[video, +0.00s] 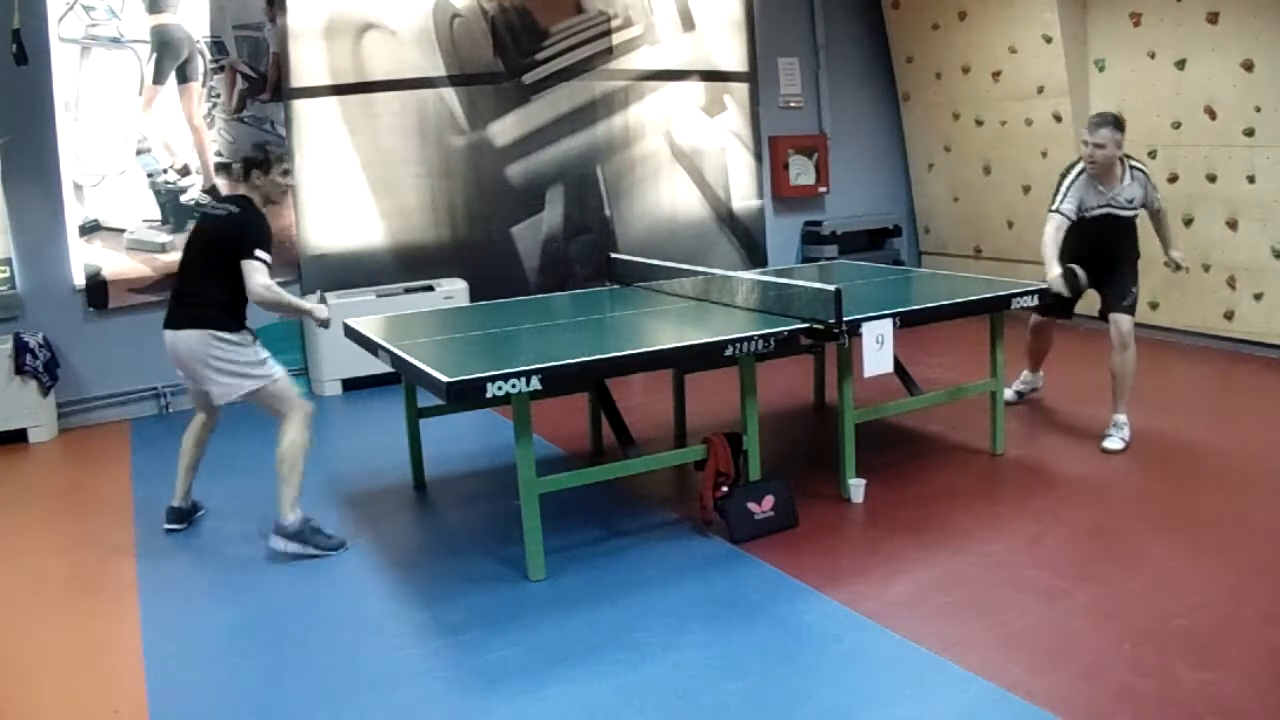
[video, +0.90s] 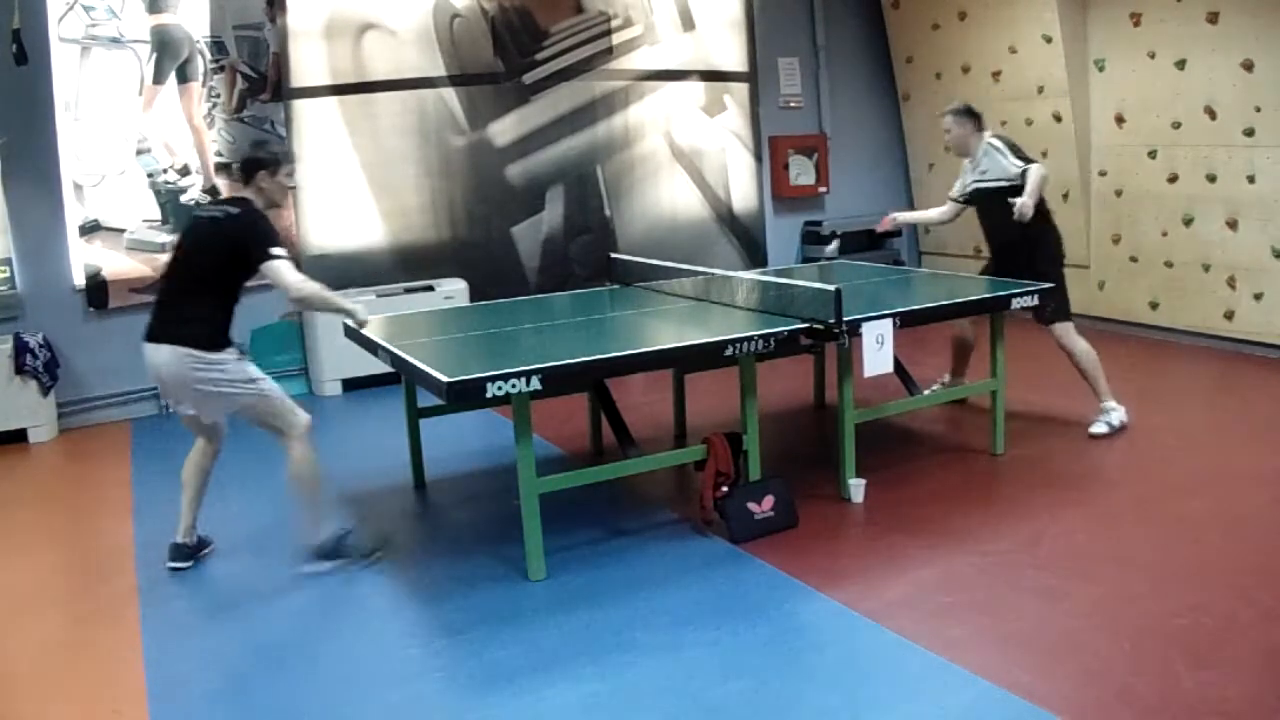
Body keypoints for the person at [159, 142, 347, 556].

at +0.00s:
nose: (289, 183)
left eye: (289, 174)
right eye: (283, 174)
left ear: (246, 177)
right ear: (257, 176)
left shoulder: (212, 214)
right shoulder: (252, 219)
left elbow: (186, 267)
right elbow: (259, 290)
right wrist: (309, 309)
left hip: (177, 333)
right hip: (216, 335)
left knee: (205, 413)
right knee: (296, 410)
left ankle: (178, 507)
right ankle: (290, 523)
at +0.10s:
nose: (309, 200)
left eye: (310, 192)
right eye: (303, 192)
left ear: (271, 193)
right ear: (276, 191)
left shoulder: (233, 226)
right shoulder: (264, 230)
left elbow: (211, 283)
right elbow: (264, 295)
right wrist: (314, 313)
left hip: (186, 340)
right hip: (227, 342)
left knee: (213, 416)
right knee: (316, 408)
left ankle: (179, 506)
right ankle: (340, 514)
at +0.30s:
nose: (365, 243)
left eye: (365, 235)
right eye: (359, 234)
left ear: (333, 232)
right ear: (333, 231)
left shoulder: (280, 256)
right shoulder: (320, 261)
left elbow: (242, 309)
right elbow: (345, 298)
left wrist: (210, 368)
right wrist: (396, 297)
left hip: (219, 364)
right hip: (261, 370)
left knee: (232, 426)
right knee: (360, 407)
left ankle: (181, 507)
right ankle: (376, 515)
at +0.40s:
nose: (384, 244)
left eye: (384, 235)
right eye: (380, 234)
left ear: (343, 229)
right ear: (357, 231)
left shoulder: (292, 255)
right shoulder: (357, 261)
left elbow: (244, 309)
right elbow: (418, 273)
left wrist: (211, 363)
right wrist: (466, 272)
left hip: (228, 362)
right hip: (275, 371)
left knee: (233, 427)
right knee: (369, 405)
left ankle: (183, 505)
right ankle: (377, 513)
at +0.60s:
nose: (372, 213)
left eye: (373, 206)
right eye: (369, 205)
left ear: (330, 202)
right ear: (345, 203)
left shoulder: (279, 232)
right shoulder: (353, 243)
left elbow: (235, 291)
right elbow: (425, 266)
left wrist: (208, 348)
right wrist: (475, 270)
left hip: (227, 352)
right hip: (274, 363)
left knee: (236, 421)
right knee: (362, 402)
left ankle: (188, 508)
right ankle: (377, 511)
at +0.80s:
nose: (315, 191)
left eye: (315, 183)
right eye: (311, 182)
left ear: (277, 181)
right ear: (286, 181)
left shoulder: (231, 218)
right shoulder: (282, 225)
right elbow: (328, 279)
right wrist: (382, 294)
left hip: (187, 348)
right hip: (235, 353)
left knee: (223, 434)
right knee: (319, 426)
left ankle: (185, 536)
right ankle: (368, 517)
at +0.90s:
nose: (291, 185)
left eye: (290, 176)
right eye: (286, 177)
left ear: (246, 179)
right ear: (261, 179)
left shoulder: (206, 217)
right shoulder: (252, 223)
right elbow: (296, 289)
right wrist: (349, 308)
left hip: (159, 351)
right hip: (203, 355)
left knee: (209, 435)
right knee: (297, 427)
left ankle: (184, 540)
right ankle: (318, 539)